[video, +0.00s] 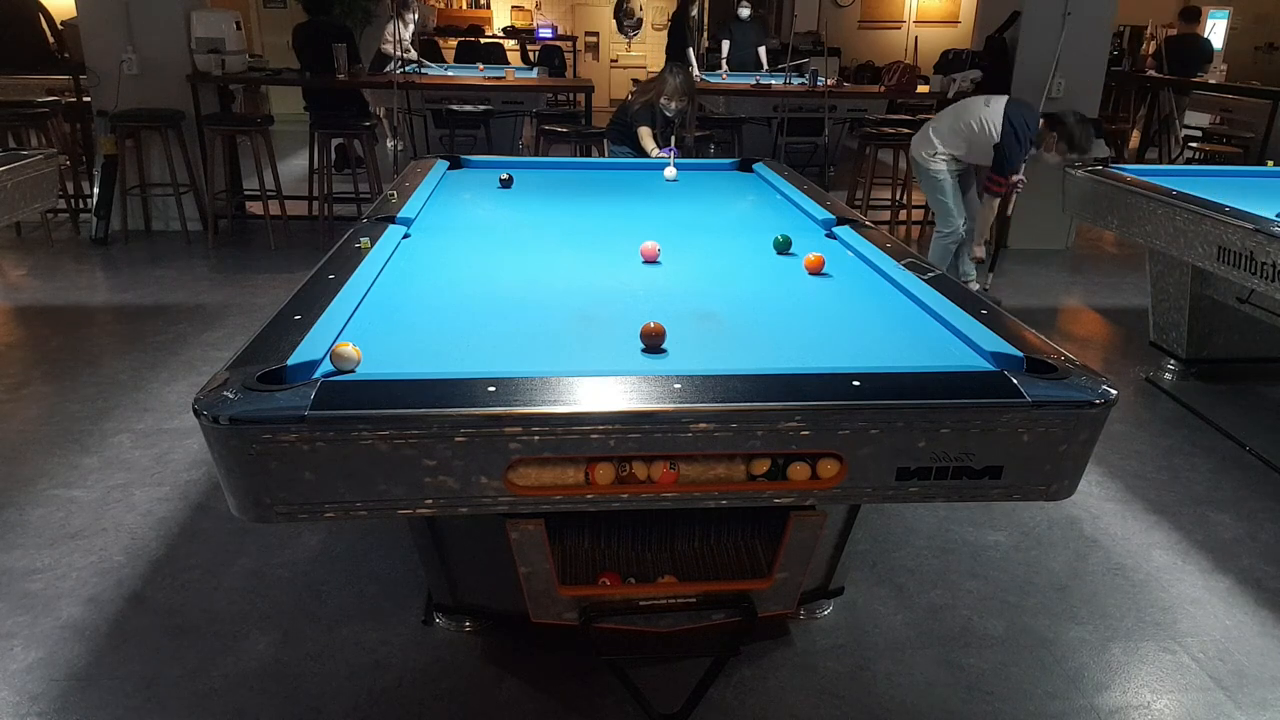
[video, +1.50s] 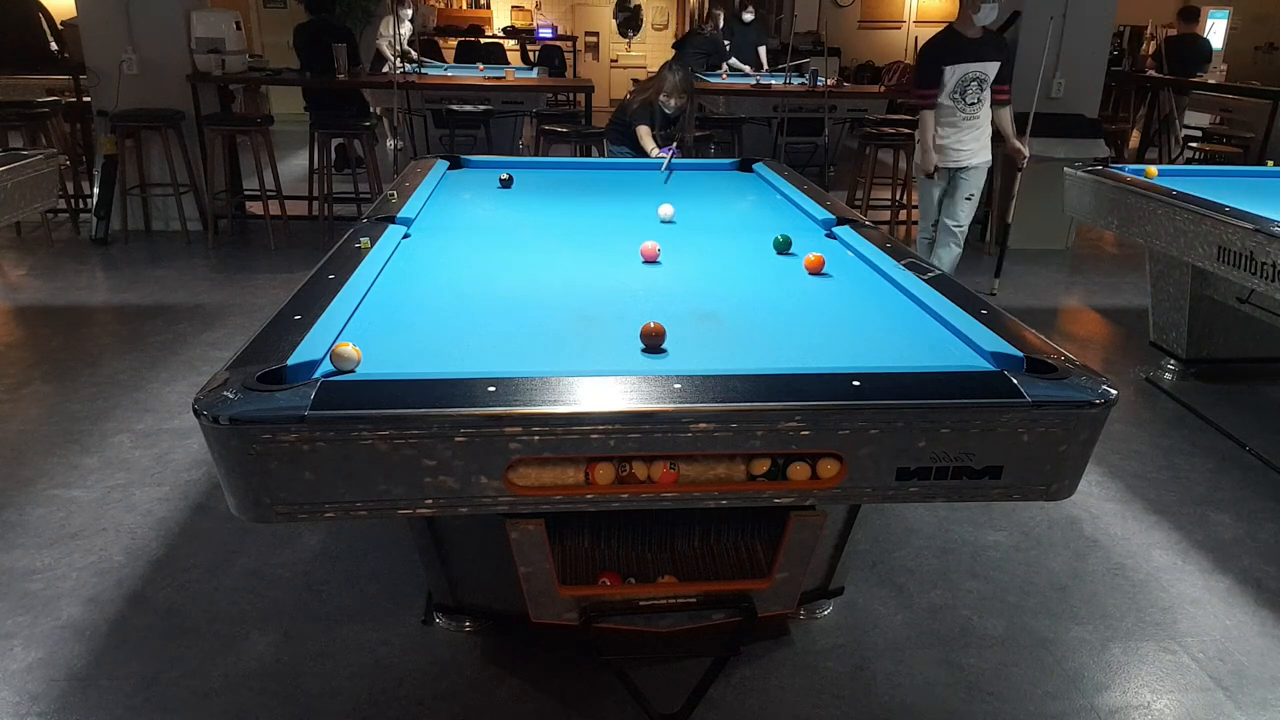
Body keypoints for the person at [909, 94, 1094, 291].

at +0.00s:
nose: (1058, 161)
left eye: (1063, 158)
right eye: (1062, 155)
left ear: (1051, 131)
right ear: (1052, 139)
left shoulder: (1027, 117)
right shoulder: (1015, 140)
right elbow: (990, 198)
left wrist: (1012, 173)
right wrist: (978, 244)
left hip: (960, 157)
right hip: (932, 154)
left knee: (971, 221)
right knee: (952, 228)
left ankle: (966, 282)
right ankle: (928, 287)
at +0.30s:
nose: (1059, 51)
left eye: (1062, 44)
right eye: (1056, 42)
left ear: (1034, 40)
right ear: (1033, 39)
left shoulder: (1017, 65)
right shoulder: (1001, 65)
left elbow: (1002, 118)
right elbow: (995, 127)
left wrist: (1026, 147)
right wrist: (1004, 171)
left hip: (970, 149)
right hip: (942, 150)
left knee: (973, 221)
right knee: (947, 224)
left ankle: (966, 284)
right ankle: (931, 289)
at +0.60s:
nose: (1013, 7)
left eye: (1017, 3)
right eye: (1007, 1)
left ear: (1018, 9)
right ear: (992, 4)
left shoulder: (1006, 46)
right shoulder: (967, 40)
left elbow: (1007, 101)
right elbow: (977, 97)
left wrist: (1024, 140)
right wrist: (1000, 136)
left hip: (985, 150)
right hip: (953, 150)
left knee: (979, 223)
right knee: (945, 225)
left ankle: (966, 285)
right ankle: (931, 286)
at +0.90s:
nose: (991, 6)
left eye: (995, 3)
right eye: (986, 2)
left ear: (998, 7)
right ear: (973, 3)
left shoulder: (1000, 47)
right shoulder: (943, 42)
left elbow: (1000, 102)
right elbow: (929, 95)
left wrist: (1015, 140)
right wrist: (925, 141)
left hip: (987, 152)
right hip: (948, 154)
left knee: (997, 219)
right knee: (937, 227)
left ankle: (973, 285)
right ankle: (929, 288)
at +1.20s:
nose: (985, 5)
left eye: (987, 1)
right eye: (979, 1)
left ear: (988, 5)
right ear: (966, 2)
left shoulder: (997, 46)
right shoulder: (936, 44)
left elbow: (996, 103)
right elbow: (914, 99)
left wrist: (1009, 140)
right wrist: (897, 142)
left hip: (981, 151)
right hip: (940, 153)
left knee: (984, 221)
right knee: (934, 225)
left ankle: (987, 292)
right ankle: (923, 287)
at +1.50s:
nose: (993, 8)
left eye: (994, 3)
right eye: (987, 2)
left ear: (992, 7)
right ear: (969, 4)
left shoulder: (999, 47)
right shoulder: (935, 48)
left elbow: (1001, 101)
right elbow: (926, 105)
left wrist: (1011, 140)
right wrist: (927, 150)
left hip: (976, 156)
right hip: (936, 154)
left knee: (955, 229)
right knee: (929, 228)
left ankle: (934, 293)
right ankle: (918, 290)